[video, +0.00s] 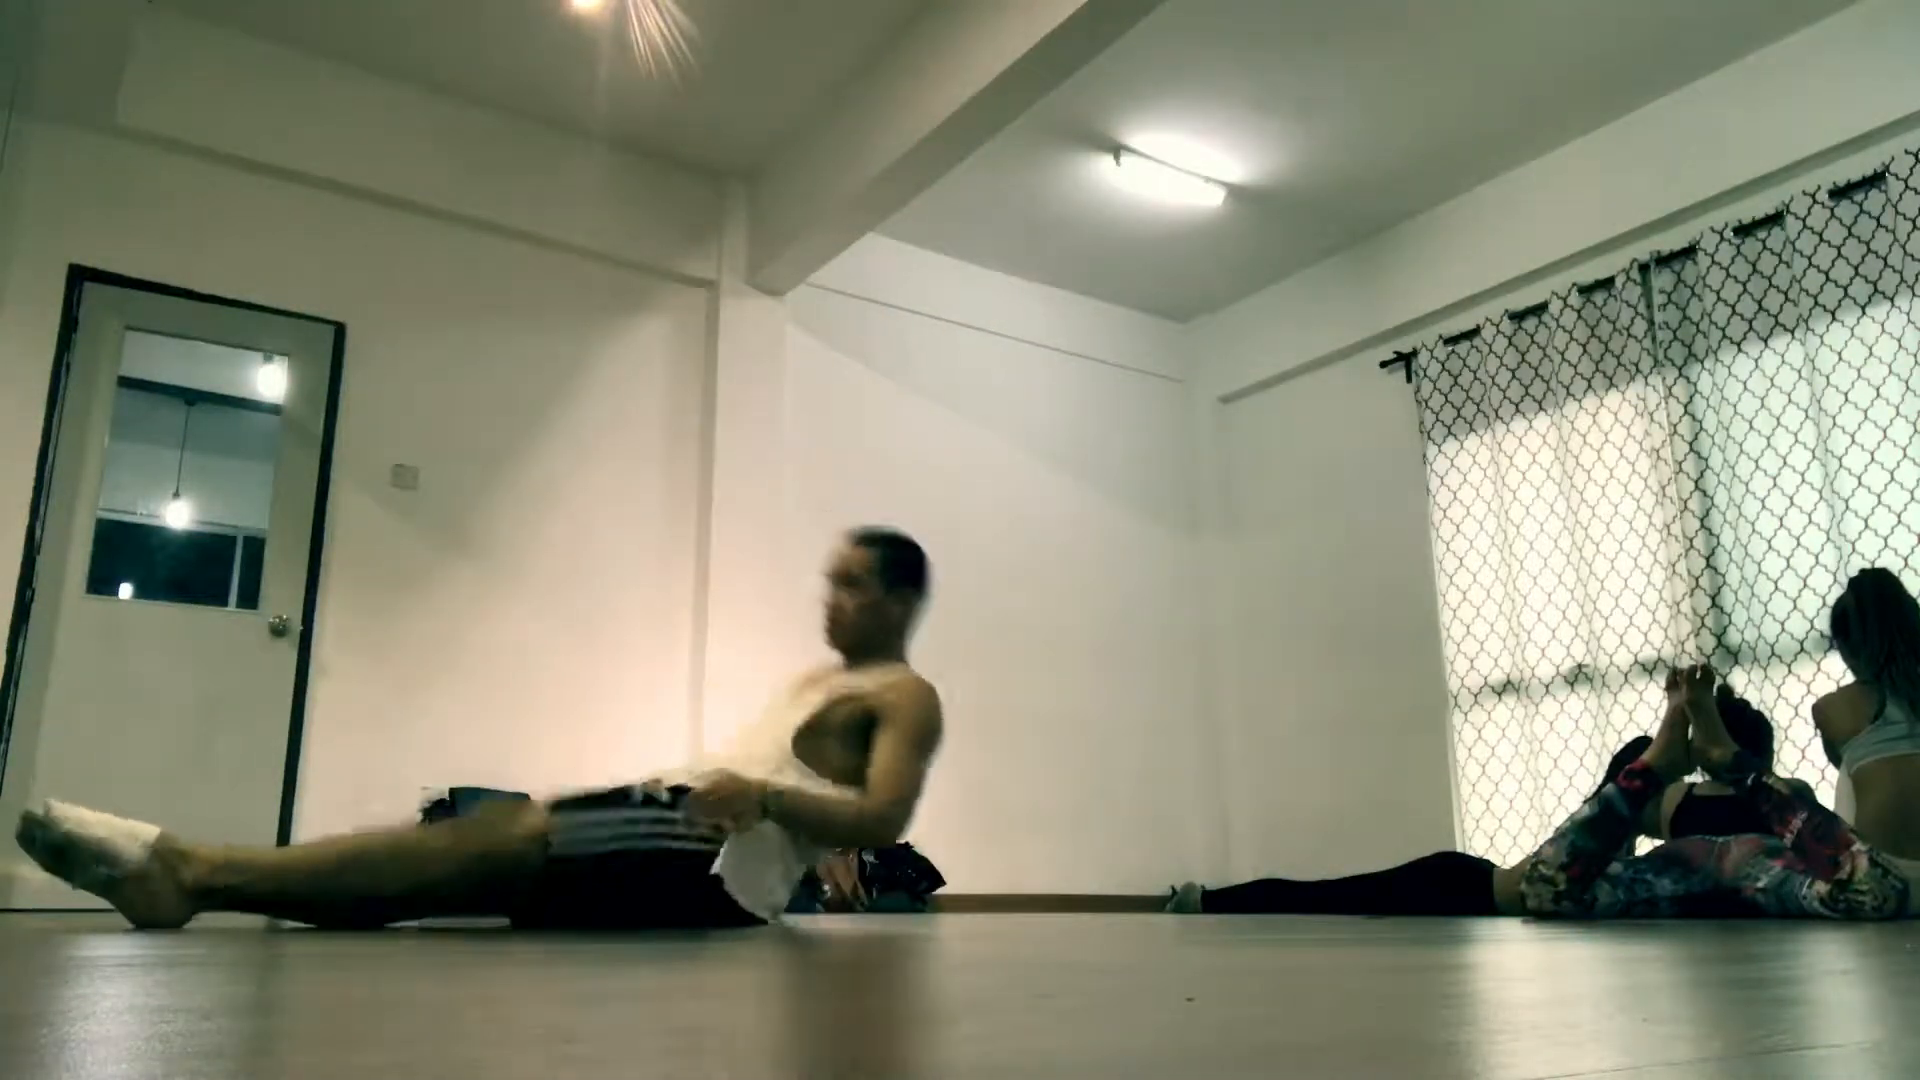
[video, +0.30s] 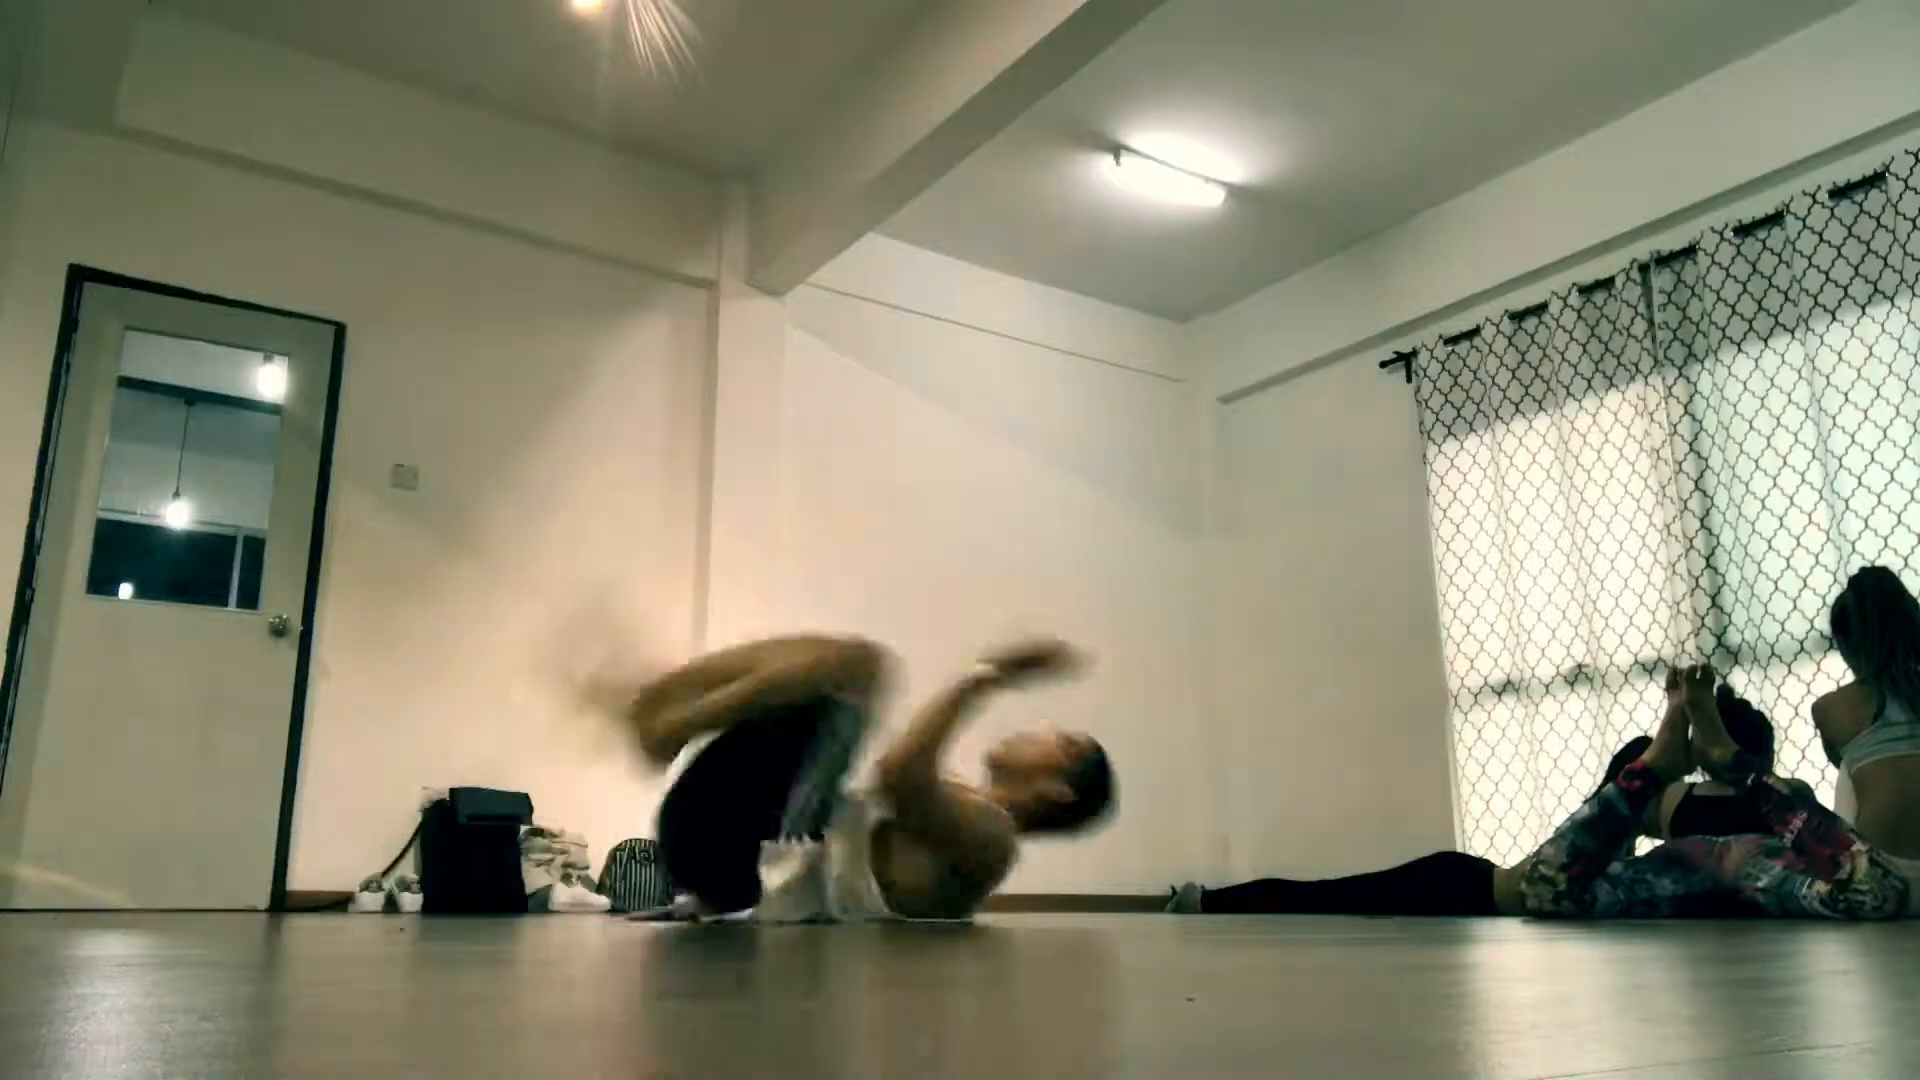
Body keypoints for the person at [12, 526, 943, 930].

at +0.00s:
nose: (830, 599)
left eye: (850, 588)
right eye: (832, 584)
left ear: (896, 607)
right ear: (843, 594)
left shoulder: (905, 696)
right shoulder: (820, 689)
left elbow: (880, 816)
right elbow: (777, 783)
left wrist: (763, 792)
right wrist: (692, 796)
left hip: (731, 850)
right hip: (693, 822)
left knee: (495, 840)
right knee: (454, 836)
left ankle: (189, 873)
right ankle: (178, 884)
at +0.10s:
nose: (891, 651)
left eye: (914, 645)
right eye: (895, 639)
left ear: (955, 672)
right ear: (899, 657)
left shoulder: (940, 758)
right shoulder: (857, 736)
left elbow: (873, 851)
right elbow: (811, 829)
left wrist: (783, 748)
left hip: (741, 870)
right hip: (714, 857)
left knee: (532, 725)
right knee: (514, 750)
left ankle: (271, 873)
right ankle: (271, 877)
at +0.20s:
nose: (958, 697)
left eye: (982, 697)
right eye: (967, 686)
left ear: (1006, 740)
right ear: (957, 707)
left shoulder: (961, 808)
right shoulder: (915, 787)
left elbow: (862, 832)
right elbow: (824, 842)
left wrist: (860, 686)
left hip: (730, 880)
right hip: (705, 866)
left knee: (661, 651)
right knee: (609, 658)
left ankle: (503, 825)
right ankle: (497, 828)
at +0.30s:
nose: (1034, 733)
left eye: (1054, 738)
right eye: (1050, 731)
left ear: (1055, 789)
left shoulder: (989, 840)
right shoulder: (967, 822)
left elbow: (901, 780)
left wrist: (984, 681)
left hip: (727, 863)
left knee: (858, 665)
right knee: (850, 663)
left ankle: (661, 721)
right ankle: (658, 706)